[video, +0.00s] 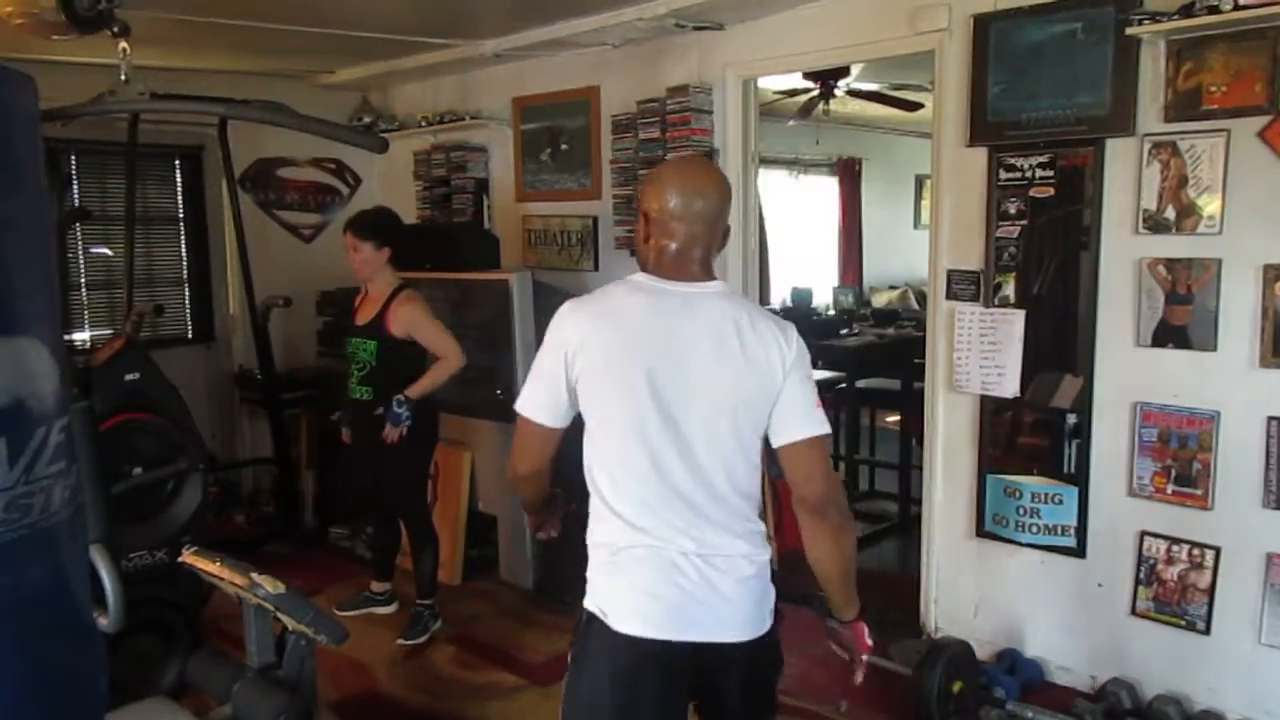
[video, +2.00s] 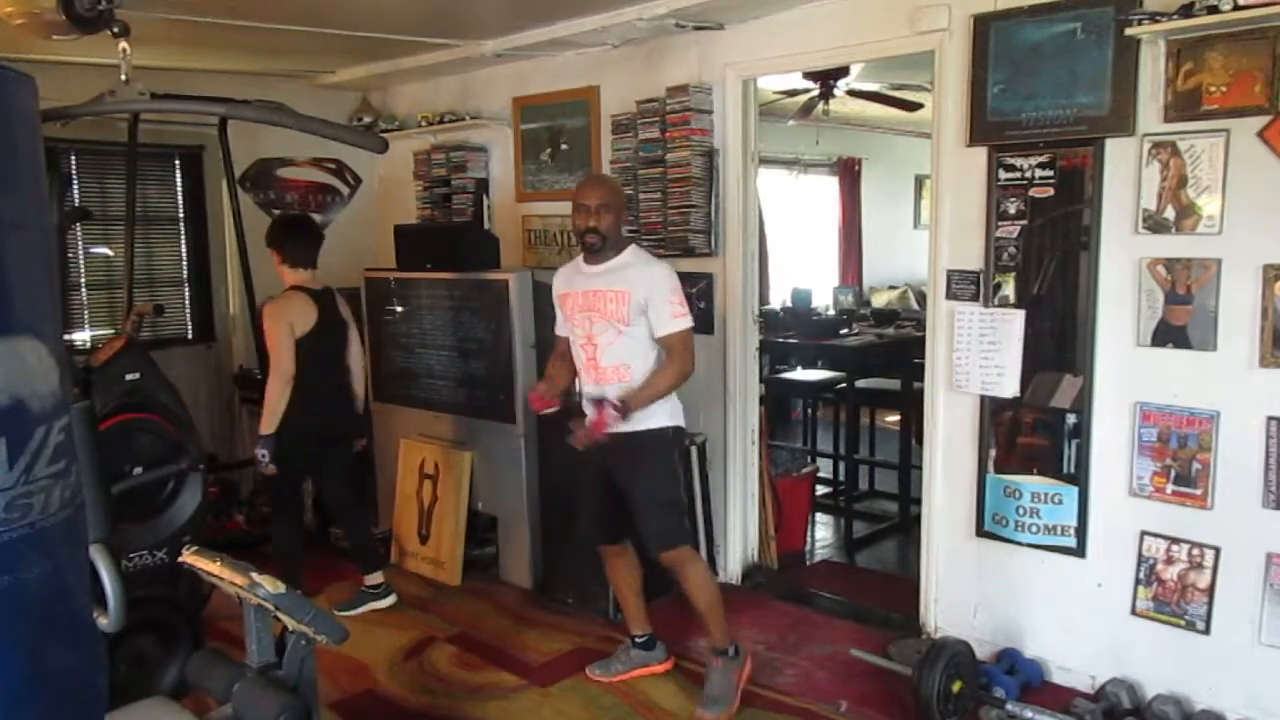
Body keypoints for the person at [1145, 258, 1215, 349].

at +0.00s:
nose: (1181, 273)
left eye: (1184, 269)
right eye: (1178, 269)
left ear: (1189, 272)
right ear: (1173, 272)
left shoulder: (1191, 287)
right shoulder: (1168, 286)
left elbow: (1213, 270)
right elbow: (1151, 266)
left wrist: (1198, 260)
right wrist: (1166, 261)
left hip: (1182, 329)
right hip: (1165, 327)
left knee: (1189, 357)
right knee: (1154, 356)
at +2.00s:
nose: (1180, 273)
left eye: (1183, 269)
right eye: (1176, 269)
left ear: (1188, 272)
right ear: (1172, 272)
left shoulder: (1192, 288)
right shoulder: (1168, 286)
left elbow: (1213, 268)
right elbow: (1151, 266)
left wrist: (1198, 262)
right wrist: (1166, 262)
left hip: (1181, 329)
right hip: (1164, 328)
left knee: (1189, 358)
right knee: (1154, 357)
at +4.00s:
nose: (1185, 272)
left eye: (1187, 269)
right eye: (1182, 269)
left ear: (1189, 272)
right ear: (1176, 271)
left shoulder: (1192, 287)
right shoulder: (1168, 286)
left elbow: (1213, 269)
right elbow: (1151, 266)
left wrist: (1196, 262)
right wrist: (1164, 260)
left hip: (1181, 329)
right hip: (1164, 327)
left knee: (1191, 358)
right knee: (1154, 356)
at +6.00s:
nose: (1181, 272)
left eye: (1184, 269)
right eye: (1178, 269)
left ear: (1188, 272)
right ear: (1173, 271)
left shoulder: (1192, 287)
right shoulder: (1168, 286)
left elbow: (1213, 268)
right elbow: (1151, 265)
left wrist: (1194, 262)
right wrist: (1166, 261)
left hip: (1181, 329)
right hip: (1165, 327)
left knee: (1189, 358)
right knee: (1155, 356)